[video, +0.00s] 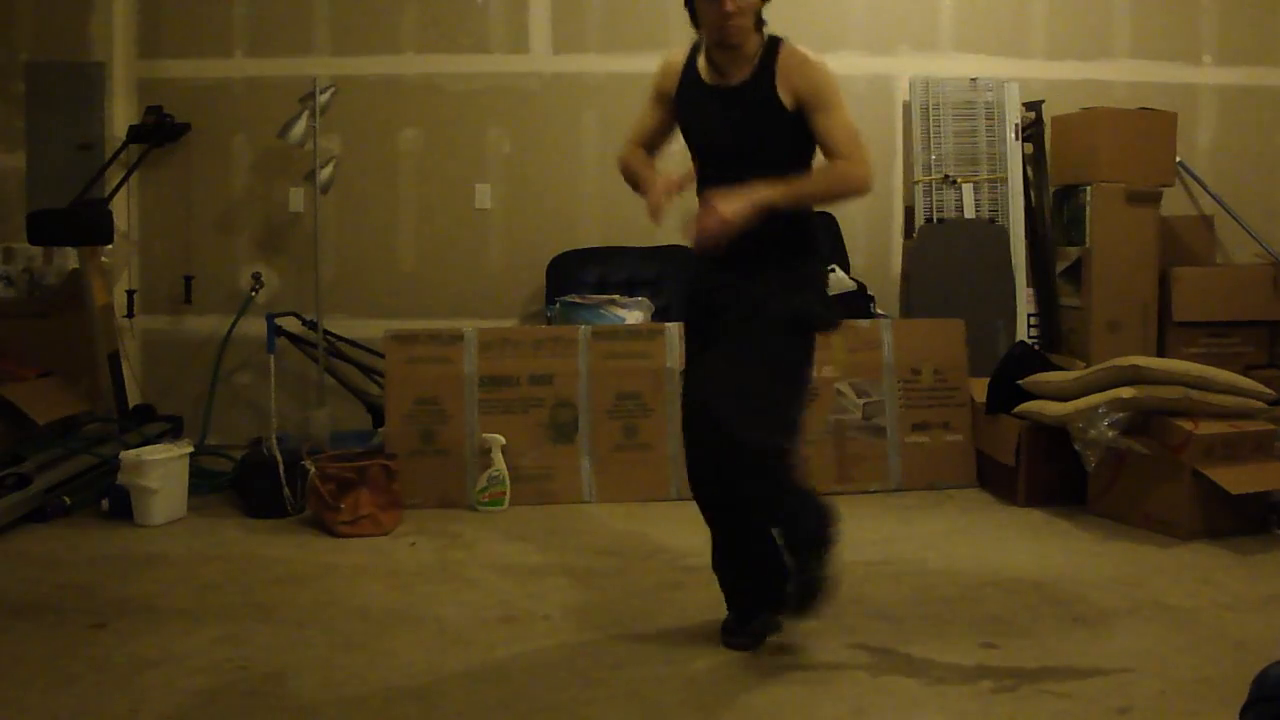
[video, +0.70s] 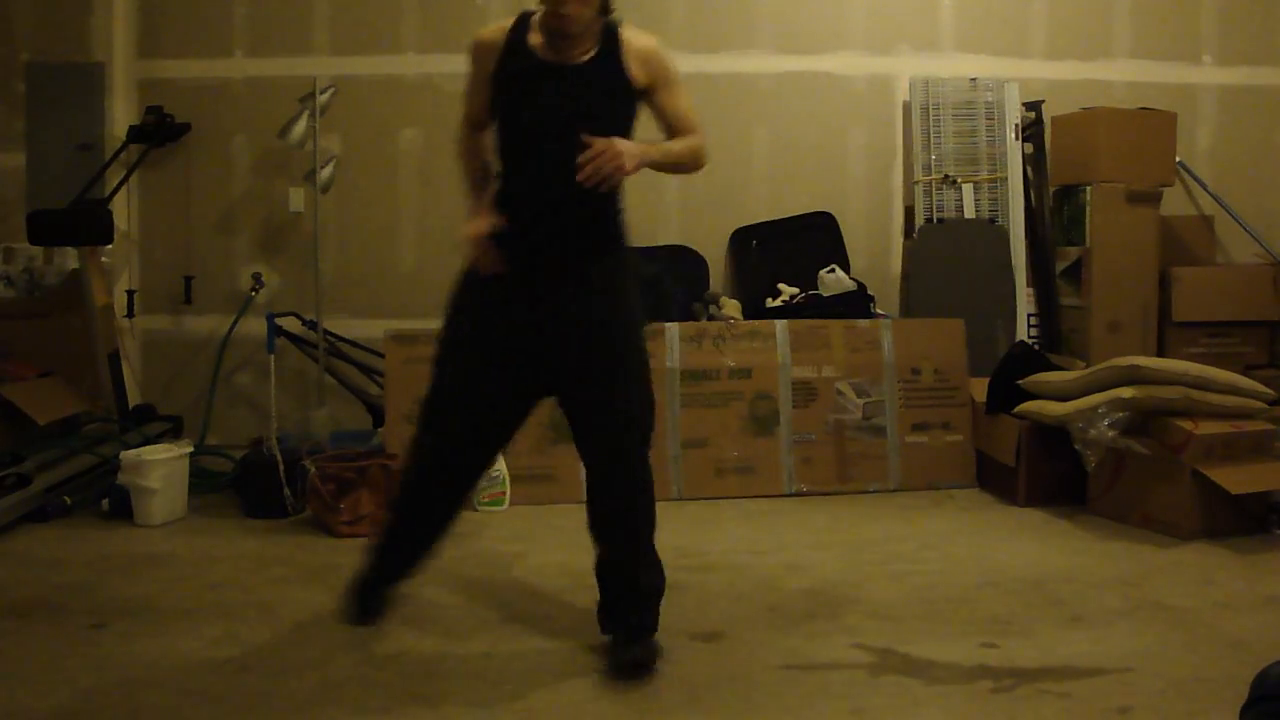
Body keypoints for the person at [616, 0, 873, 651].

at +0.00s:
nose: (728, 9)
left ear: (761, 5)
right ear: (693, 7)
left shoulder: (800, 72)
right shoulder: (679, 73)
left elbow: (855, 171)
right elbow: (632, 154)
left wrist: (753, 196)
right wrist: (650, 179)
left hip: (789, 273)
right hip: (716, 273)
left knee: (751, 437)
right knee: (708, 449)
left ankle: (808, 532)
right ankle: (752, 598)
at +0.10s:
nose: (709, 3)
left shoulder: (781, 41)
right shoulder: (662, 38)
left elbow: (824, 149)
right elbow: (602, 124)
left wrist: (712, 150)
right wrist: (634, 143)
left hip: (772, 248)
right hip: (704, 247)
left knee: (732, 413)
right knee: (687, 408)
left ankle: (765, 583)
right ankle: (716, 573)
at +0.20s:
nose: (690, 2)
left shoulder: (763, 46)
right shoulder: (648, 38)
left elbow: (788, 153)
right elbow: (578, 116)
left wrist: (674, 159)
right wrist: (605, 145)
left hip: (751, 258)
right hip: (687, 256)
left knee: (690, 431)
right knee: (733, 423)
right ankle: (806, 572)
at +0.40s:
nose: (652, 9)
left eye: (666, 1)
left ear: (692, 1)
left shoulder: (723, 63)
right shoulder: (600, 43)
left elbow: (718, 180)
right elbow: (567, 130)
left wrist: (628, 228)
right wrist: (564, 217)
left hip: (689, 270)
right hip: (621, 270)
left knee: (653, 436)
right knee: (650, 431)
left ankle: (620, 622)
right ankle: (762, 544)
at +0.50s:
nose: (625, 13)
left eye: (641, 1)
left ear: (669, 5)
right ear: (598, 1)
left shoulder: (699, 77)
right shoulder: (565, 58)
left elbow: (728, 188)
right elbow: (516, 154)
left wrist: (645, 226)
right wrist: (557, 217)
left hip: (658, 283)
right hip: (580, 278)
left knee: (619, 451)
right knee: (545, 438)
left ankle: (619, 624)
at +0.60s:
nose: (595, 8)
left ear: (635, 1)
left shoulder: (672, 60)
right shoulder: (533, 50)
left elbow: (719, 155)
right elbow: (495, 136)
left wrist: (648, 181)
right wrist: (530, 209)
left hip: (627, 274)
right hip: (548, 270)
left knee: (610, 455)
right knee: (478, 434)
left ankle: (618, 624)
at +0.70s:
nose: (564, 13)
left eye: (577, 5)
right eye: (555, 4)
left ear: (602, 3)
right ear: (538, 1)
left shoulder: (638, 55)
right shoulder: (496, 48)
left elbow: (694, 148)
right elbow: (473, 133)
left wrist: (640, 152)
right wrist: (479, 206)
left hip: (595, 284)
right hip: (505, 282)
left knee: (618, 459)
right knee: (449, 444)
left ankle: (632, 625)